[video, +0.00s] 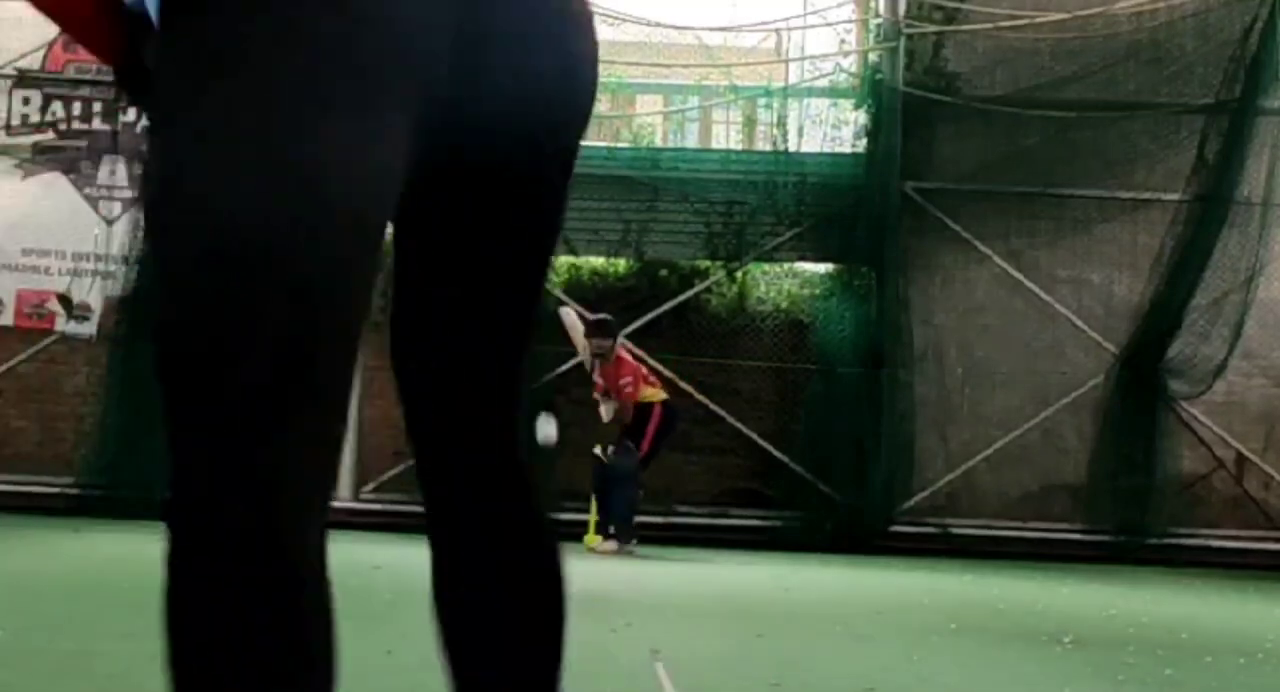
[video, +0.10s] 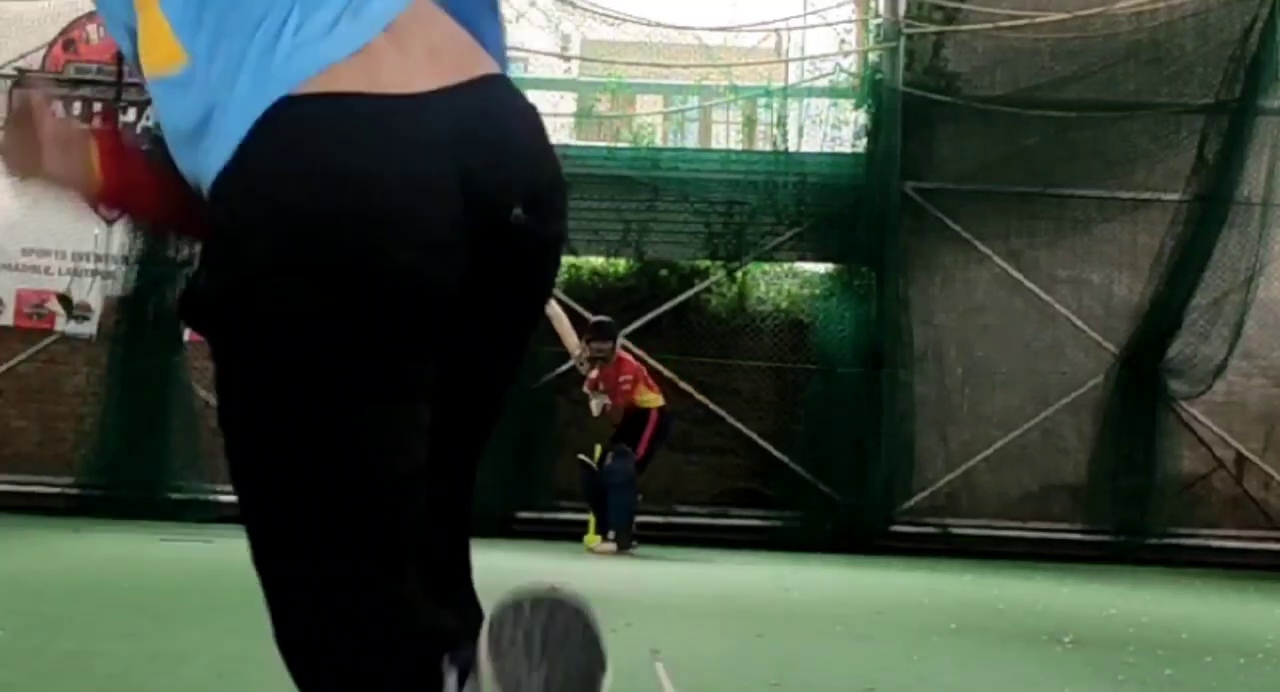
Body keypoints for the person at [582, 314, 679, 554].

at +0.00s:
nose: (599, 348)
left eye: (604, 343)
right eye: (594, 343)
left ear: (614, 342)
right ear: (588, 342)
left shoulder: (626, 366)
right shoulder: (594, 354)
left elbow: (626, 412)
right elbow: (566, 313)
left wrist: (610, 410)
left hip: (654, 405)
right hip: (633, 404)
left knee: (629, 464)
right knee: (616, 461)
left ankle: (621, 535)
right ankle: (611, 532)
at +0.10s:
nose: (599, 356)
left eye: (604, 351)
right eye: (594, 351)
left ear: (614, 347)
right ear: (587, 347)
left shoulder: (627, 366)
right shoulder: (598, 366)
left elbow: (618, 413)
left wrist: (603, 404)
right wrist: (596, 396)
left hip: (651, 409)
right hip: (630, 409)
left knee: (626, 466)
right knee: (609, 462)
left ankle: (621, 535)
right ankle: (608, 531)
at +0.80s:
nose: (604, 354)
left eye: (604, 349)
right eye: (594, 354)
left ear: (607, 343)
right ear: (584, 352)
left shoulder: (620, 342)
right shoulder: (578, 365)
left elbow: (663, 335)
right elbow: (584, 395)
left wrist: (647, 361)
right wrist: (605, 393)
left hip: (630, 409)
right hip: (603, 413)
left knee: (620, 463)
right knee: (597, 469)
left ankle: (600, 522)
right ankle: (615, 526)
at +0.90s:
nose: (592, 358)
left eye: (595, 352)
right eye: (587, 353)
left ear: (606, 343)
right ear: (580, 347)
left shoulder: (625, 347)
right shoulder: (577, 359)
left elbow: (663, 366)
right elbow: (577, 394)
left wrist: (643, 388)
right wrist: (598, 399)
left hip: (625, 412)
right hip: (596, 413)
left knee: (616, 466)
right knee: (595, 471)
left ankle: (599, 526)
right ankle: (616, 527)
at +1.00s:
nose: (595, 357)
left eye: (600, 351)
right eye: (590, 352)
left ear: (610, 340)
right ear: (582, 345)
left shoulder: (629, 354)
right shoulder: (577, 361)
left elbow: (648, 388)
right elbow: (576, 398)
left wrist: (628, 402)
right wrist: (584, 395)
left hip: (621, 421)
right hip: (592, 419)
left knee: (610, 474)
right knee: (589, 476)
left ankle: (595, 533)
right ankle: (601, 529)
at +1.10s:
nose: (600, 354)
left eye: (604, 348)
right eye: (594, 349)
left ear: (614, 339)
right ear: (586, 343)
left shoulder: (631, 357)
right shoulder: (580, 359)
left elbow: (640, 395)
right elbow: (572, 393)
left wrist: (625, 410)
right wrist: (585, 400)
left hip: (616, 423)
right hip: (588, 421)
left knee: (607, 476)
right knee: (585, 476)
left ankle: (593, 535)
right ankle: (590, 531)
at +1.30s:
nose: (602, 338)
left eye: (607, 332)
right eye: (597, 332)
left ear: (617, 329)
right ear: (588, 330)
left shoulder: (630, 357)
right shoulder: (577, 354)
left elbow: (634, 394)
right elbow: (571, 384)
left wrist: (623, 415)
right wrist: (596, 405)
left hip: (615, 424)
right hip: (584, 421)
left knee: (602, 476)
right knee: (574, 477)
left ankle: (593, 535)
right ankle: (585, 532)